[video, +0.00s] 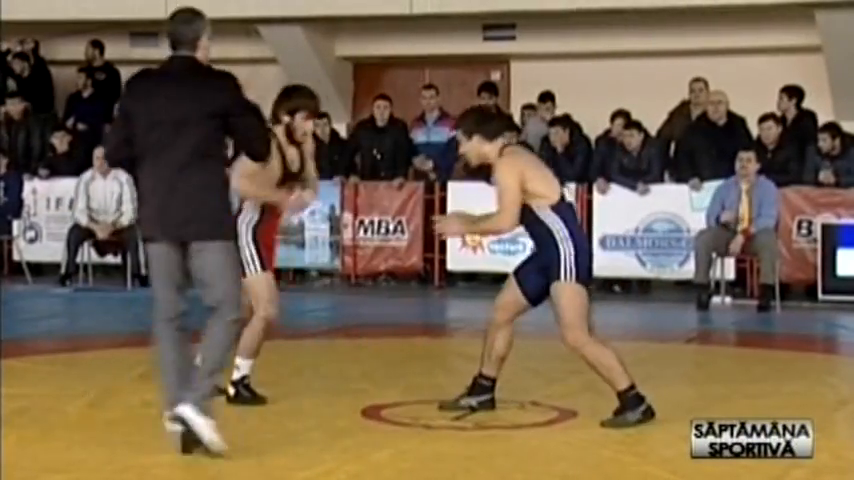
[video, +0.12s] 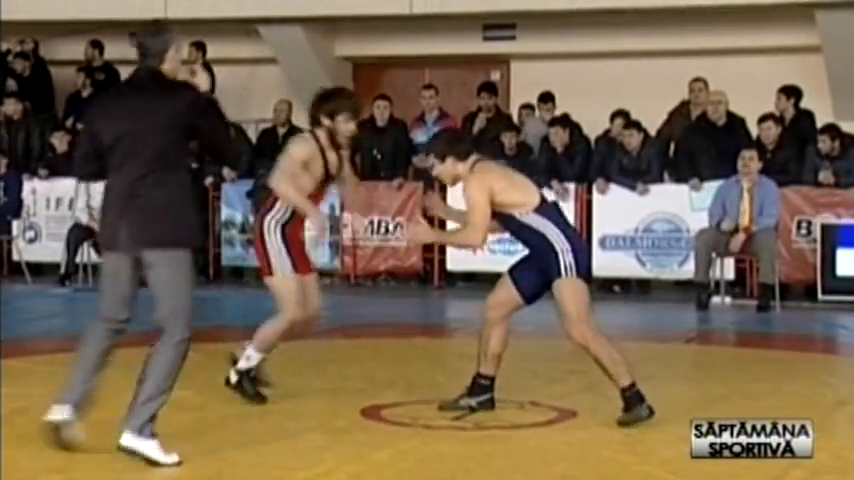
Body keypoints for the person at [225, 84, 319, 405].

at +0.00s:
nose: (310, 126)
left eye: (312, 119)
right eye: (304, 118)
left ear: (312, 121)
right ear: (286, 117)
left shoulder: (299, 148)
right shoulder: (266, 144)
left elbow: (311, 187)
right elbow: (240, 181)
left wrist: (308, 154)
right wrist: (283, 197)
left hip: (268, 224)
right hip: (248, 222)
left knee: (245, 306)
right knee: (265, 306)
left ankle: (205, 361)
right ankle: (240, 376)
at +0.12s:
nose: (352, 127)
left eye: (354, 120)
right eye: (346, 120)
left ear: (351, 122)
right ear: (327, 120)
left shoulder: (338, 153)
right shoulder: (305, 145)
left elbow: (353, 201)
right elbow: (278, 181)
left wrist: (347, 163)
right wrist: (312, 212)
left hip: (295, 224)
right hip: (273, 223)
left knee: (310, 308)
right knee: (291, 309)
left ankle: (251, 357)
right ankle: (242, 367)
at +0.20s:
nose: (384, 145)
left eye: (385, 139)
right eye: (377, 138)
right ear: (357, 138)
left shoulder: (365, 173)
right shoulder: (330, 164)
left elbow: (392, 191)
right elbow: (313, 198)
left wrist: (421, 189)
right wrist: (356, 205)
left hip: (313, 241)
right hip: (291, 240)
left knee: (337, 318)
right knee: (315, 319)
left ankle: (287, 373)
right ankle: (262, 376)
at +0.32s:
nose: (440, 137)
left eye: (442, 130)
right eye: (437, 130)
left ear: (425, 122)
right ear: (421, 121)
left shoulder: (413, 159)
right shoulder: (389, 138)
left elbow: (427, 206)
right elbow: (445, 136)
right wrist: (498, 140)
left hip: (368, 244)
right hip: (345, 237)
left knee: (353, 322)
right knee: (327, 316)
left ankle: (296, 371)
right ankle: (271, 372)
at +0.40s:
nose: (498, 143)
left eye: (501, 139)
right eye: (497, 136)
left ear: (489, 123)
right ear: (486, 120)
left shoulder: (475, 128)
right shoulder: (455, 121)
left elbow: (502, 169)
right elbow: (486, 171)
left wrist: (515, 206)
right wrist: (511, 205)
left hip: (403, 204)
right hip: (378, 193)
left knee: (375, 280)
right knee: (351, 271)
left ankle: (328, 342)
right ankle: (307, 337)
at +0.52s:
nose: (552, 195)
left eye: (559, 192)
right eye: (558, 189)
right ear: (559, 168)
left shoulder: (536, 155)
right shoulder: (532, 161)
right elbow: (523, 219)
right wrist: (520, 278)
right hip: (433, 123)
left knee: (462, 217)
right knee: (398, 199)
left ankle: (414, 269)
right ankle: (368, 276)